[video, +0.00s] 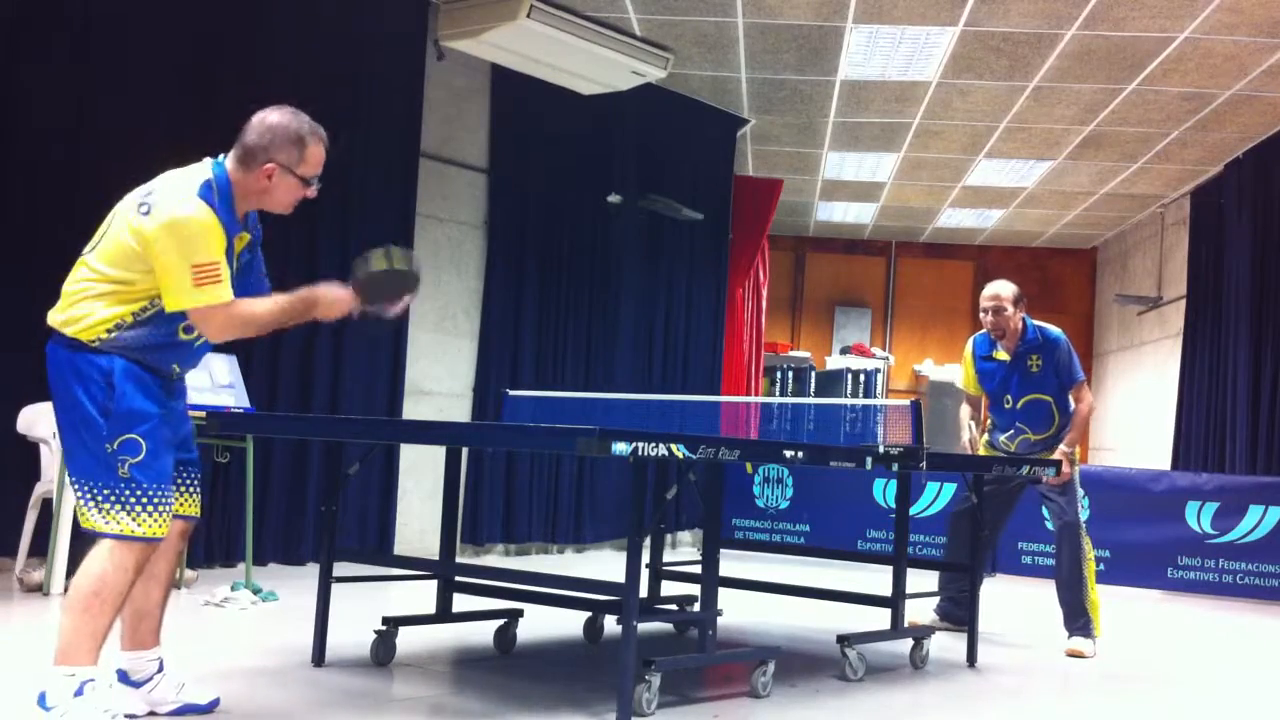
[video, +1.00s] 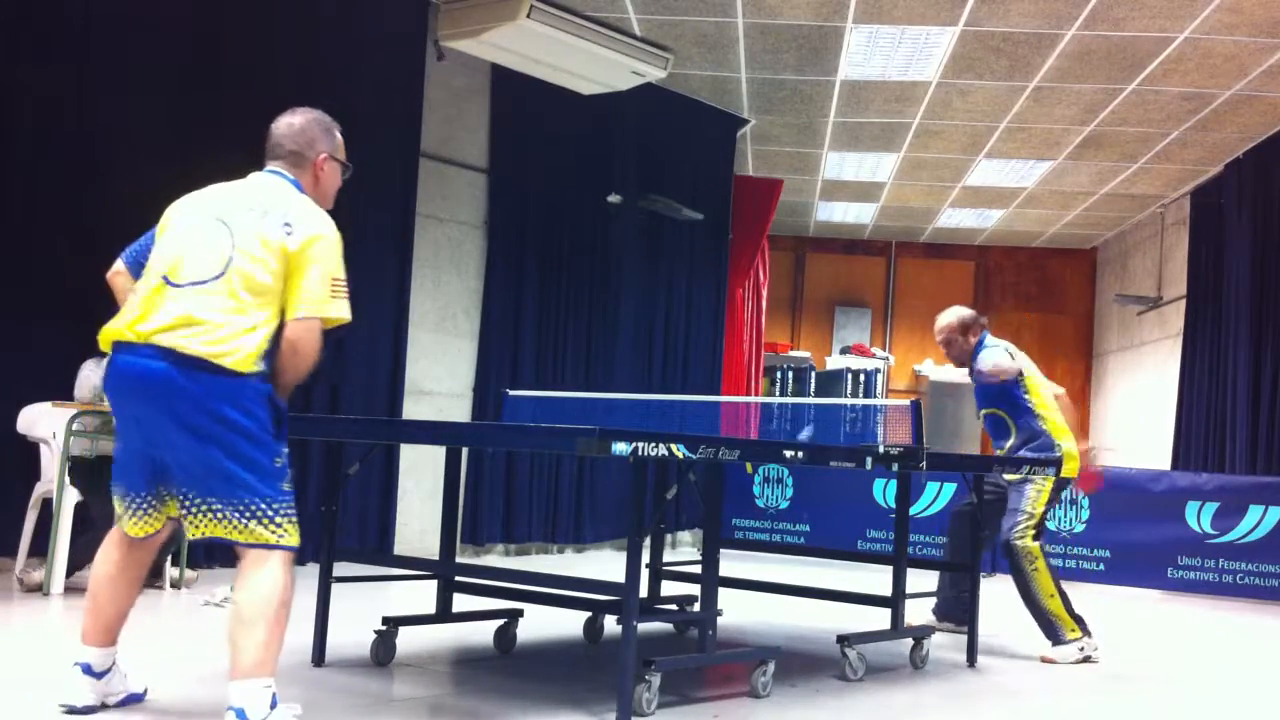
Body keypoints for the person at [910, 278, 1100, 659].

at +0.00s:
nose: (989, 319)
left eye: (997, 311)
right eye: (984, 312)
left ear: (1018, 311)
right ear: (980, 314)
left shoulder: (1052, 341)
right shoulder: (977, 347)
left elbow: (1084, 400)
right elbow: (971, 402)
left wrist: (1066, 449)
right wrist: (966, 431)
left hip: (1051, 452)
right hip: (999, 452)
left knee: (1069, 527)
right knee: (965, 517)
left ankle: (1081, 632)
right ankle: (954, 612)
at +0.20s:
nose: (986, 320)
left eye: (994, 312)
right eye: (981, 313)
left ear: (1016, 311)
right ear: (977, 315)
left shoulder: (1049, 342)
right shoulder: (974, 346)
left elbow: (1080, 405)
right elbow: (968, 401)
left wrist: (1057, 451)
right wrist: (961, 427)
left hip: (1048, 453)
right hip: (996, 452)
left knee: (1068, 527)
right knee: (963, 518)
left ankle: (1081, 631)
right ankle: (954, 612)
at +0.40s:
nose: (982, 315)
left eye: (989, 306)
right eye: (977, 308)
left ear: (1011, 305)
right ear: (972, 311)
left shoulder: (1045, 336)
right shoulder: (976, 342)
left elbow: (1079, 400)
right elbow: (970, 396)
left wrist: (1053, 449)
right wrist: (959, 428)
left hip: (1049, 451)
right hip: (998, 450)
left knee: (1066, 529)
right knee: (963, 519)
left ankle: (1081, 632)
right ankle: (954, 614)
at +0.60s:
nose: (963, 317)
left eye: (971, 308)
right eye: (959, 311)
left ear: (995, 307)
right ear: (957, 312)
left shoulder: (1029, 338)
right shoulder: (964, 346)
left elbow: (1072, 394)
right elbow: (965, 400)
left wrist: (1049, 439)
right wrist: (951, 423)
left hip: (1033, 449)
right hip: (990, 451)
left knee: (1045, 523)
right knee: (956, 520)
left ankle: (1077, 626)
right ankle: (955, 614)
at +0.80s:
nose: (958, 330)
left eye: (965, 321)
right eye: (953, 323)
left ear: (989, 317)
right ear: (951, 324)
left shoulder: (1017, 344)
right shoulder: (971, 354)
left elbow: (1038, 400)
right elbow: (966, 414)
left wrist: (986, 420)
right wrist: (929, 443)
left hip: (1044, 455)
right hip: (1006, 456)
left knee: (1042, 530)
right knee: (960, 519)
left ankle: (1078, 640)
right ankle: (954, 615)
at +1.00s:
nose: (944, 352)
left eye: (947, 343)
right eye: (941, 345)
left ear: (970, 336)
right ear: (972, 337)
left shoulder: (989, 356)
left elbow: (1004, 364)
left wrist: (1010, 366)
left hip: (1044, 462)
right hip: (1014, 463)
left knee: (1018, 538)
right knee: (965, 518)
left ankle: (1074, 639)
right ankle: (954, 615)